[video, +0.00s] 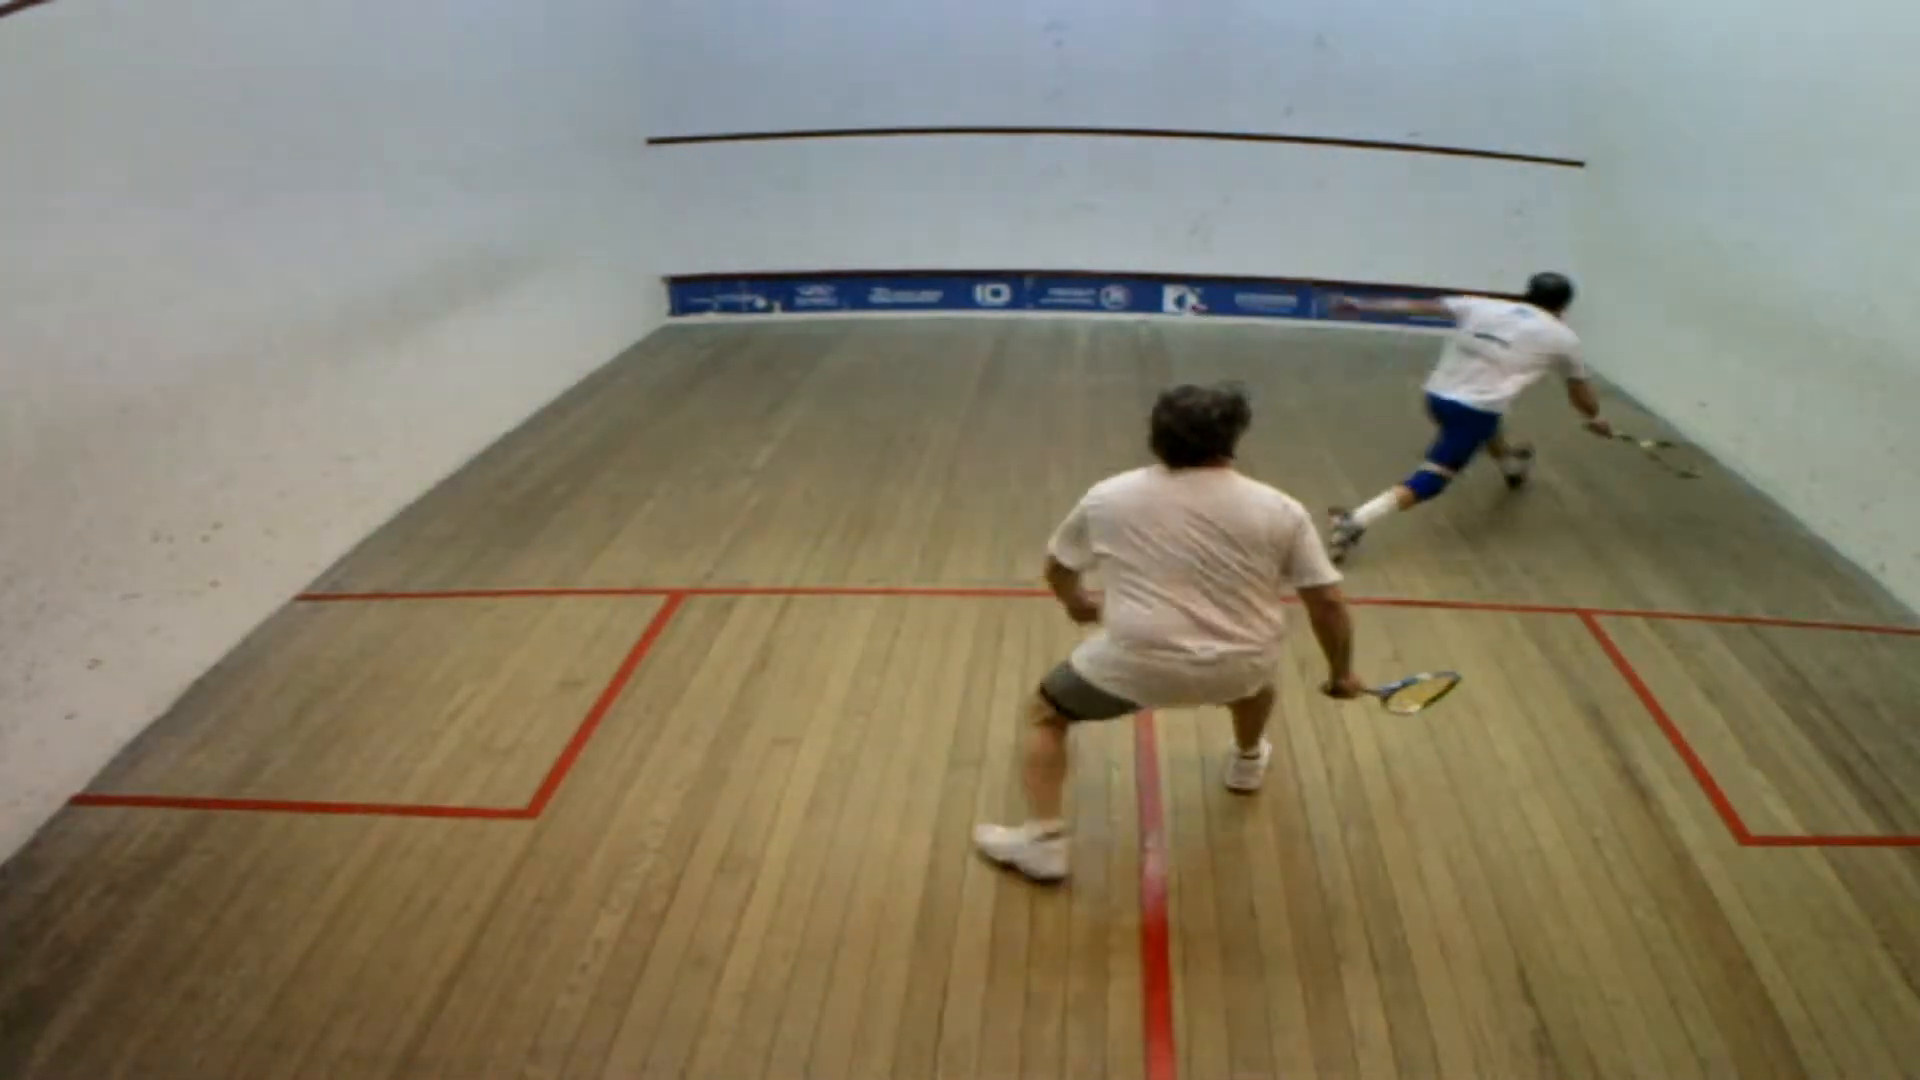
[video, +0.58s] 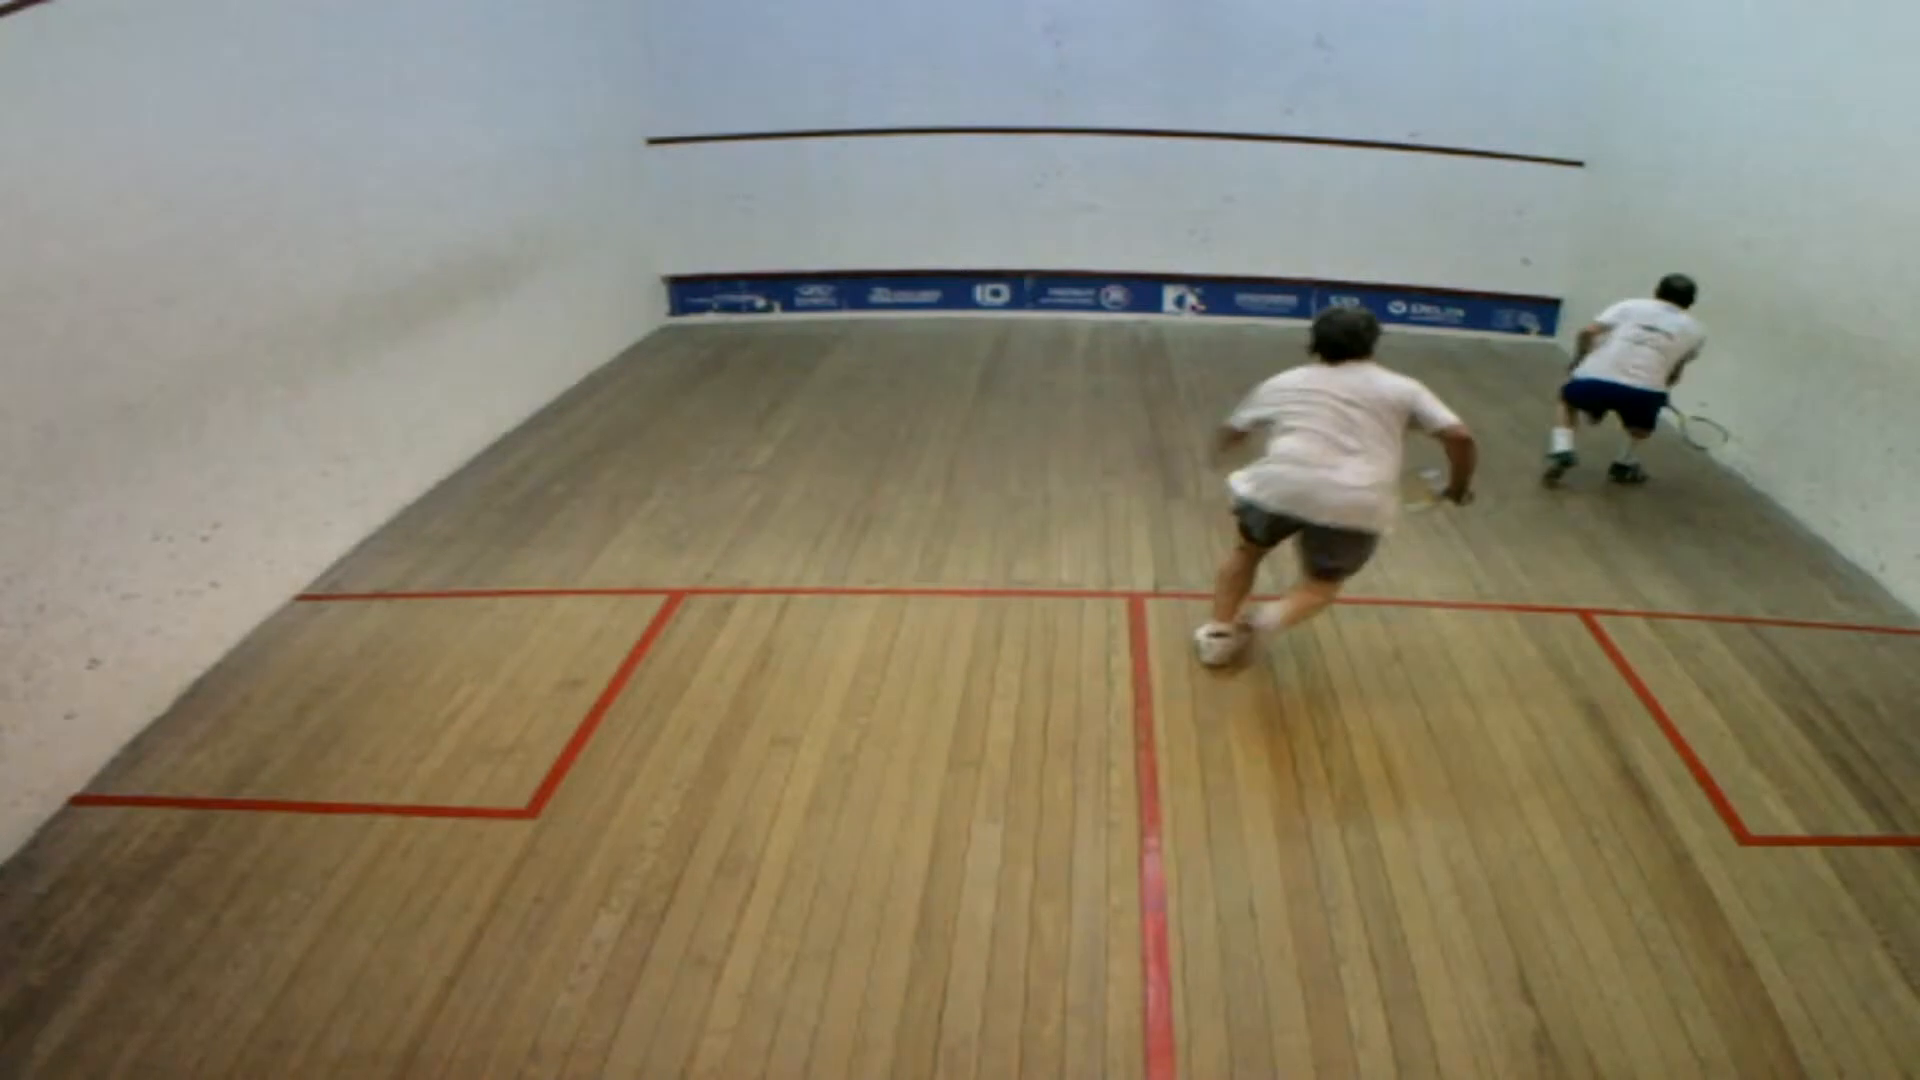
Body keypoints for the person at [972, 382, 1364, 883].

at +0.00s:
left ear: (1159, 438)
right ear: (1231, 440)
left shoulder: (1112, 498)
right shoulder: (1277, 511)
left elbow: (1059, 568)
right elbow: (1327, 604)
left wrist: (1078, 605)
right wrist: (1341, 673)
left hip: (1136, 665)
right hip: (1239, 670)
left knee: (1045, 712)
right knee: (1256, 678)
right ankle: (1248, 760)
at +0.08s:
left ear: (1152, 442)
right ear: (1224, 443)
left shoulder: (1108, 499)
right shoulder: (1271, 510)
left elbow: (1073, 573)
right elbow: (1318, 602)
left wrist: (1100, 629)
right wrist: (1335, 674)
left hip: (1134, 657)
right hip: (1238, 661)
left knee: (1045, 725)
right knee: (1264, 664)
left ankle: (1033, 846)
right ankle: (1250, 758)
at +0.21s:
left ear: (1208, 416)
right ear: (1273, 423)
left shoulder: (1164, 463)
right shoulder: (1304, 484)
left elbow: (1152, 535)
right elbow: (1354, 574)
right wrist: (1369, 646)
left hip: (1148, 609)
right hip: (1240, 620)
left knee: (1081, 709)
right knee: (1260, 673)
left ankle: (1043, 826)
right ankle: (1203, 763)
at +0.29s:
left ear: (1264, 396)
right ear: (1324, 408)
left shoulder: (1214, 438)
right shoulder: (1344, 468)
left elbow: (1157, 495)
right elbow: (1383, 556)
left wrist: (1168, 552)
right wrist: (1382, 605)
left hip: (1166, 580)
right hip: (1253, 593)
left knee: (1119, 655)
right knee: (1268, 672)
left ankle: (1092, 742)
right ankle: (1202, 760)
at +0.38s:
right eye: (1345, 394)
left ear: (1285, 390)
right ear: (1344, 399)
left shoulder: (1232, 427)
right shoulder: (1362, 452)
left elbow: (1163, 477)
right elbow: (1402, 535)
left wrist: (1110, 532)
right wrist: (1384, 562)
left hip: (1185, 555)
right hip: (1266, 569)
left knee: (1163, 622)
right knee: (1273, 669)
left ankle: (1132, 695)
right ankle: (1201, 758)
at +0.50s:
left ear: (1307, 353)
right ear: (1362, 362)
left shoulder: (1274, 390)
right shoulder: (1392, 401)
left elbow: (1199, 425)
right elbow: (1460, 451)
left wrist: (1135, 462)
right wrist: (1441, 495)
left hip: (1254, 509)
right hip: (1325, 530)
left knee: (1237, 562)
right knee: (1289, 619)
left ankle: (1214, 639)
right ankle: (1225, 685)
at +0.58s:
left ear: (1317, 346)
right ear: (1370, 348)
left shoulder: (1288, 381)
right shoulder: (1398, 388)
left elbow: (1232, 432)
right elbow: (1459, 438)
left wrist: (1219, 456)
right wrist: (1458, 488)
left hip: (1280, 491)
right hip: (1354, 509)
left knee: (1246, 550)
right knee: (1321, 584)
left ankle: (1218, 633)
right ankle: (1265, 621)